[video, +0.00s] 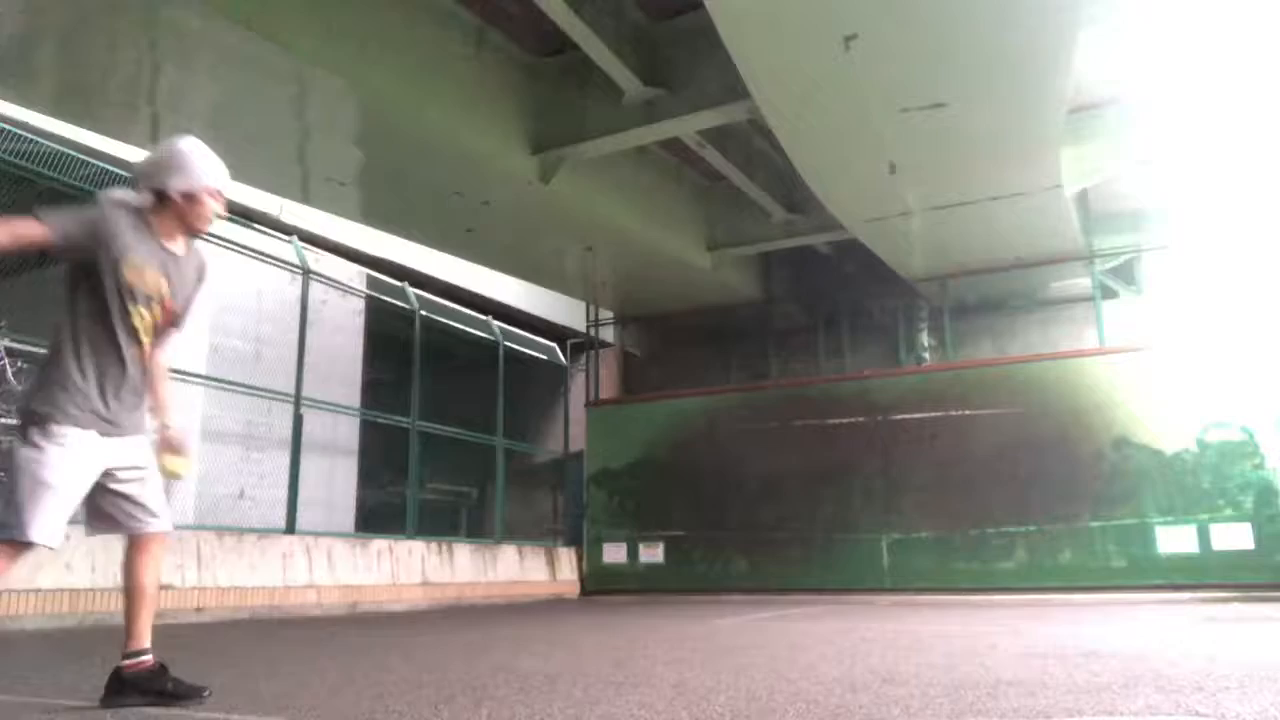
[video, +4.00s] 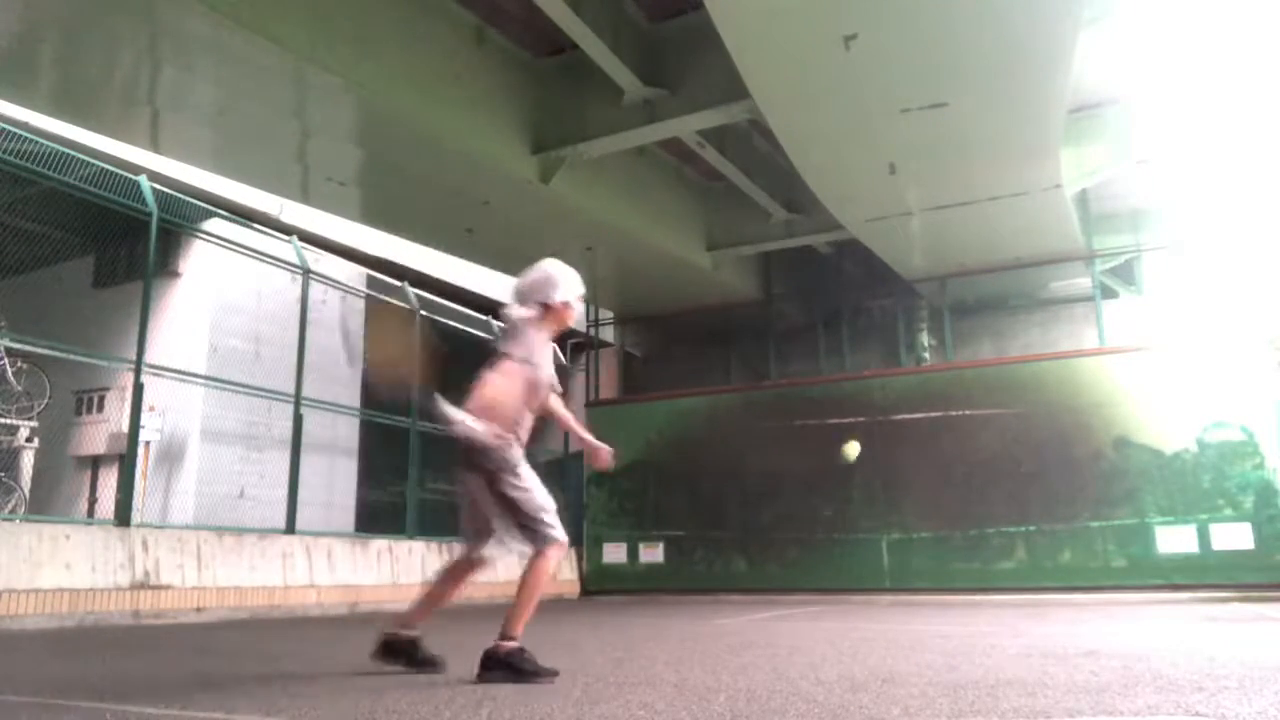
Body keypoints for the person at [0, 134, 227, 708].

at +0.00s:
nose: (220, 205)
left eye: (220, 194)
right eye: (210, 194)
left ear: (198, 198)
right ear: (175, 194)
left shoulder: (194, 264)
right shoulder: (111, 222)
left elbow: (154, 349)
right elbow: (23, 230)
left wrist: (165, 424)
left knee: (152, 531)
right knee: (18, 541)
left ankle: (137, 665)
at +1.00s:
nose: (301, 212)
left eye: (302, 202)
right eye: (300, 202)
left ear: (246, 197)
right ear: (282, 199)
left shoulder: (214, 246)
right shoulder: (282, 241)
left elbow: (196, 330)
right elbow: (290, 339)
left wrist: (230, 371)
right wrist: (285, 394)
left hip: (199, 392)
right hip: (235, 397)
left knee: (230, 529)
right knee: (203, 529)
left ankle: (208, 652)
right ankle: (149, 671)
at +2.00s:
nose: (469, 290)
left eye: (470, 281)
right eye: (467, 281)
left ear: (434, 278)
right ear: (447, 279)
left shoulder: (405, 313)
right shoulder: (423, 317)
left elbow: (416, 386)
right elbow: (398, 379)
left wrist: (451, 429)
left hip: (357, 435)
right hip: (391, 436)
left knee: (367, 543)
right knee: (426, 536)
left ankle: (311, 643)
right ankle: (421, 652)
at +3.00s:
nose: (408, 291)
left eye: (405, 285)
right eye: (406, 285)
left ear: (361, 284)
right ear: (394, 286)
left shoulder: (338, 323)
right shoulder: (405, 318)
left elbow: (319, 393)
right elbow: (406, 394)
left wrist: (341, 432)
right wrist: (395, 446)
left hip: (327, 444)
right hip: (369, 446)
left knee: (341, 543)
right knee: (359, 546)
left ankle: (316, 642)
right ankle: (317, 642)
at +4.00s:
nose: (577, 311)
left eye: (577, 303)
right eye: (573, 303)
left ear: (546, 303)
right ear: (555, 304)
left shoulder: (539, 346)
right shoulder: (530, 338)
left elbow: (550, 401)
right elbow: (495, 386)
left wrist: (590, 442)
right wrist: (479, 416)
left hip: (478, 447)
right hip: (495, 447)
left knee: (479, 551)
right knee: (552, 543)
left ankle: (402, 634)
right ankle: (506, 647)